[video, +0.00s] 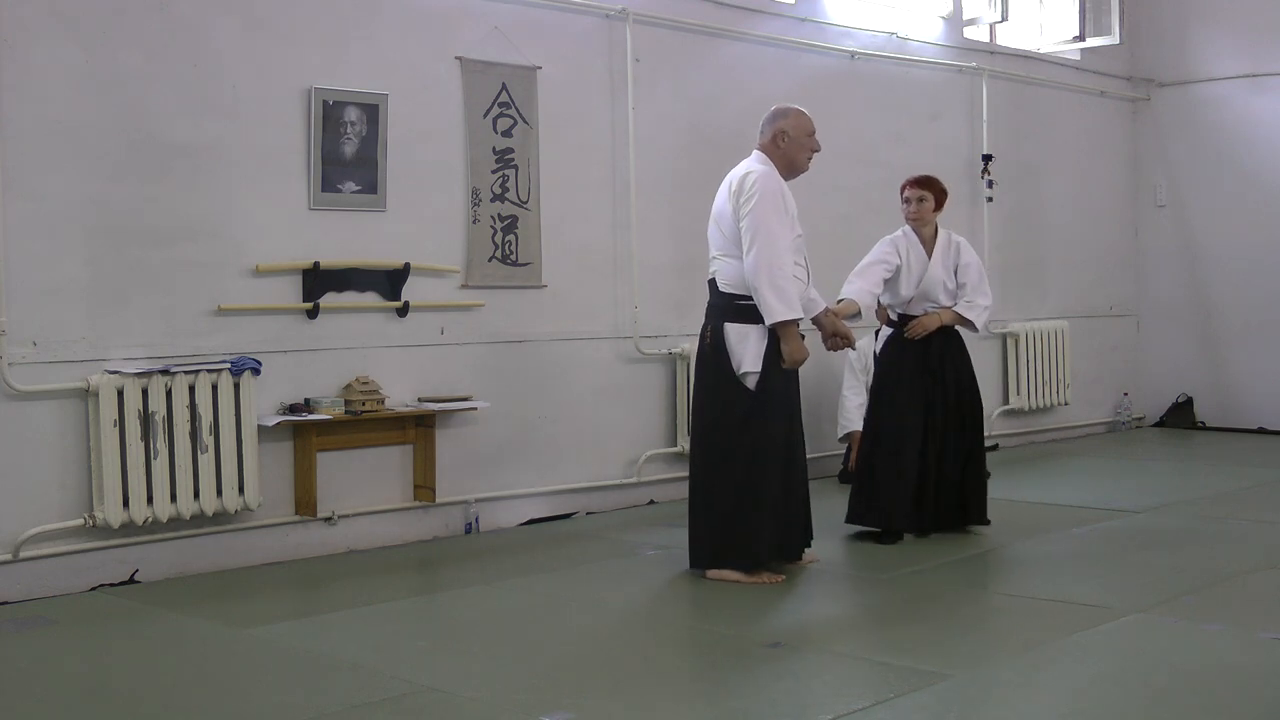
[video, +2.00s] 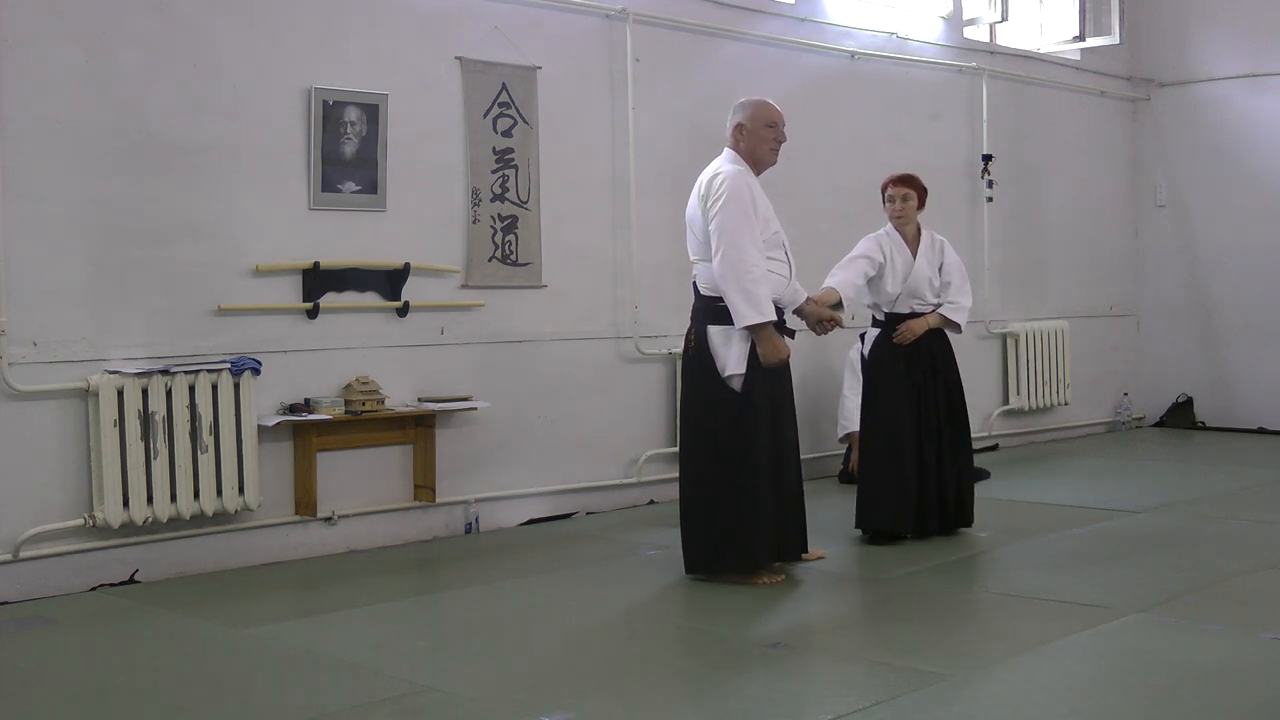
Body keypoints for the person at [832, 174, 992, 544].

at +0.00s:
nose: (912, 207)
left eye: (921, 201)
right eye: (907, 201)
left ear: (938, 205)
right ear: (901, 207)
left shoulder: (958, 249)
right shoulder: (893, 246)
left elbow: (978, 305)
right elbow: (865, 285)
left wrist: (939, 318)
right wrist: (838, 311)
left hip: (945, 346)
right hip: (901, 346)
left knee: (951, 426)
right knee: (896, 430)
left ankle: (947, 514)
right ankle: (890, 520)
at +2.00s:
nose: (898, 206)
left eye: (905, 199)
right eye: (891, 200)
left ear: (920, 203)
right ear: (884, 206)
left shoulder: (939, 246)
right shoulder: (876, 245)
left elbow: (959, 299)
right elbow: (848, 275)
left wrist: (925, 322)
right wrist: (820, 302)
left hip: (931, 344)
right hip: (889, 346)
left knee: (938, 427)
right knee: (892, 432)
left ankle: (940, 516)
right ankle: (890, 521)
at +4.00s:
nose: (890, 208)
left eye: (898, 200)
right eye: (883, 202)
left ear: (912, 206)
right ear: (876, 208)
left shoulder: (932, 246)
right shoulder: (869, 248)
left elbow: (954, 300)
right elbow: (840, 281)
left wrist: (920, 324)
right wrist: (806, 304)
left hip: (928, 345)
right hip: (886, 347)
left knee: (936, 428)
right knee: (891, 432)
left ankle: (940, 515)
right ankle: (893, 521)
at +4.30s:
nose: (890, 208)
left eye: (898, 201)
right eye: (883, 202)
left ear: (912, 206)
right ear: (876, 208)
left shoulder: (932, 246)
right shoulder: (868, 248)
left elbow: (954, 300)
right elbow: (840, 281)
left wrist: (920, 324)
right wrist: (808, 304)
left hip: (928, 344)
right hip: (886, 347)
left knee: (936, 428)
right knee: (891, 432)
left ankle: (940, 515)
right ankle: (893, 521)